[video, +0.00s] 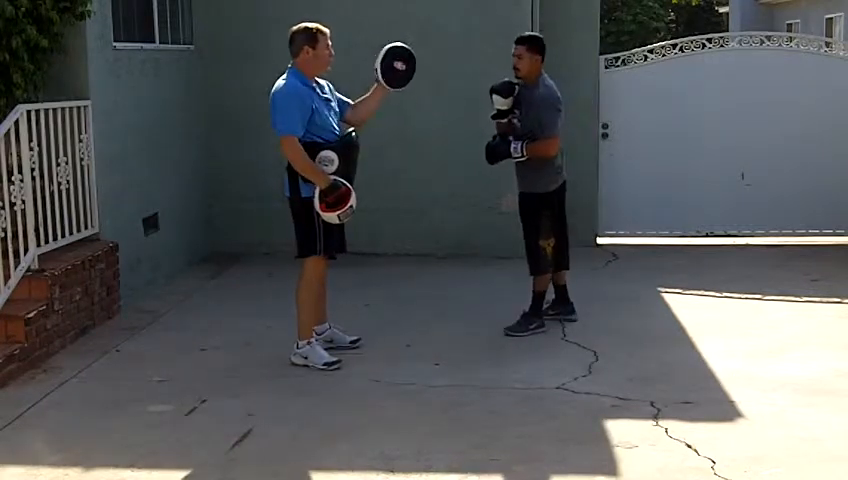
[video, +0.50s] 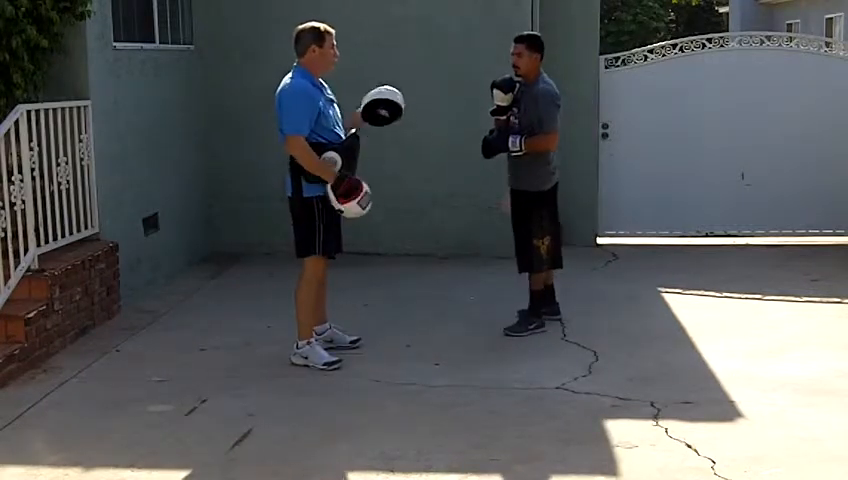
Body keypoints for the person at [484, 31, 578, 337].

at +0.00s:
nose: (514, 62)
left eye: (520, 57)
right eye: (514, 56)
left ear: (537, 60)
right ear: (524, 60)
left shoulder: (546, 95)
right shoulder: (523, 91)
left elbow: (550, 146)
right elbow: (509, 133)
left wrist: (514, 149)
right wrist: (501, 112)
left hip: (544, 185)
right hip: (537, 183)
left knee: (539, 248)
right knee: (554, 242)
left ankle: (535, 312)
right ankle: (562, 302)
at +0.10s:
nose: (513, 63)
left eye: (518, 57)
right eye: (512, 57)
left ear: (535, 60)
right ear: (523, 60)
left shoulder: (546, 96)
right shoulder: (523, 92)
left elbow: (549, 147)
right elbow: (507, 134)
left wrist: (513, 150)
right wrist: (500, 112)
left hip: (543, 185)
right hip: (534, 183)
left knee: (538, 247)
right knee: (550, 242)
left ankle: (535, 312)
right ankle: (560, 300)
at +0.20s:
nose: (511, 62)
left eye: (517, 57)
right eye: (511, 56)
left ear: (534, 59)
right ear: (518, 59)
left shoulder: (544, 94)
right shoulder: (521, 91)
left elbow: (549, 145)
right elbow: (507, 133)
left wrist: (514, 148)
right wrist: (500, 111)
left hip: (543, 184)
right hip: (530, 182)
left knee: (537, 246)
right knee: (542, 243)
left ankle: (536, 312)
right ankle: (553, 300)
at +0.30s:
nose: (512, 60)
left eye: (518, 56)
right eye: (512, 55)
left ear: (536, 59)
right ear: (515, 58)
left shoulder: (544, 93)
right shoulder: (520, 89)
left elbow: (549, 143)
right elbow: (504, 133)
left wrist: (512, 146)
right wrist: (500, 107)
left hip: (542, 184)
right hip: (526, 182)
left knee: (537, 247)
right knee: (535, 245)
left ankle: (536, 313)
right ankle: (548, 303)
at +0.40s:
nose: (513, 60)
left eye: (519, 55)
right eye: (513, 55)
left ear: (536, 59)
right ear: (516, 58)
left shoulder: (545, 92)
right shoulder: (520, 88)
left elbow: (549, 142)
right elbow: (505, 130)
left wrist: (513, 145)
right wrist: (501, 106)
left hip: (540, 183)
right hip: (524, 181)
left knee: (537, 247)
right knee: (534, 244)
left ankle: (536, 314)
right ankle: (548, 302)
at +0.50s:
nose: (513, 60)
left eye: (519, 55)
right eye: (513, 55)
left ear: (536, 58)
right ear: (520, 58)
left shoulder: (545, 92)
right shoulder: (520, 89)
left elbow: (549, 141)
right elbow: (504, 131)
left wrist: (513, 143)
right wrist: (500, 106)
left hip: (539, 184)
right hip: (523, 182)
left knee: (535, 246)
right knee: (536, 244)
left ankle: (535, 313)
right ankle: (548, 303)